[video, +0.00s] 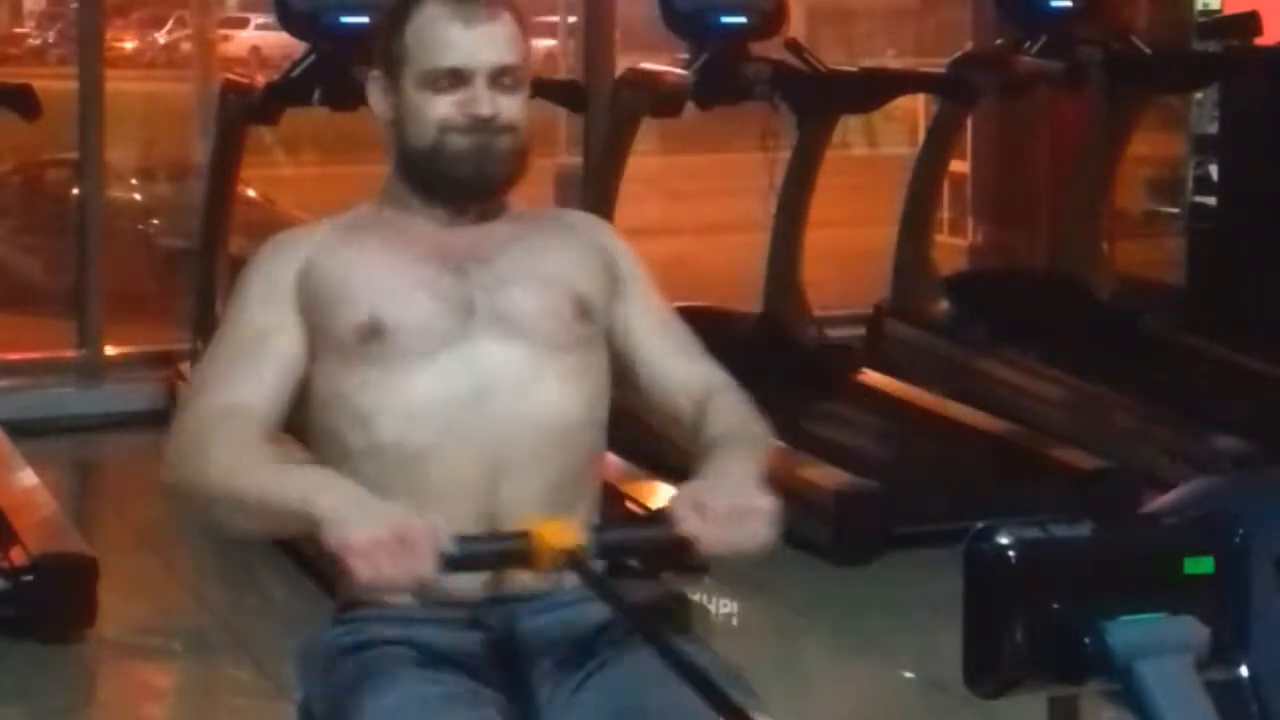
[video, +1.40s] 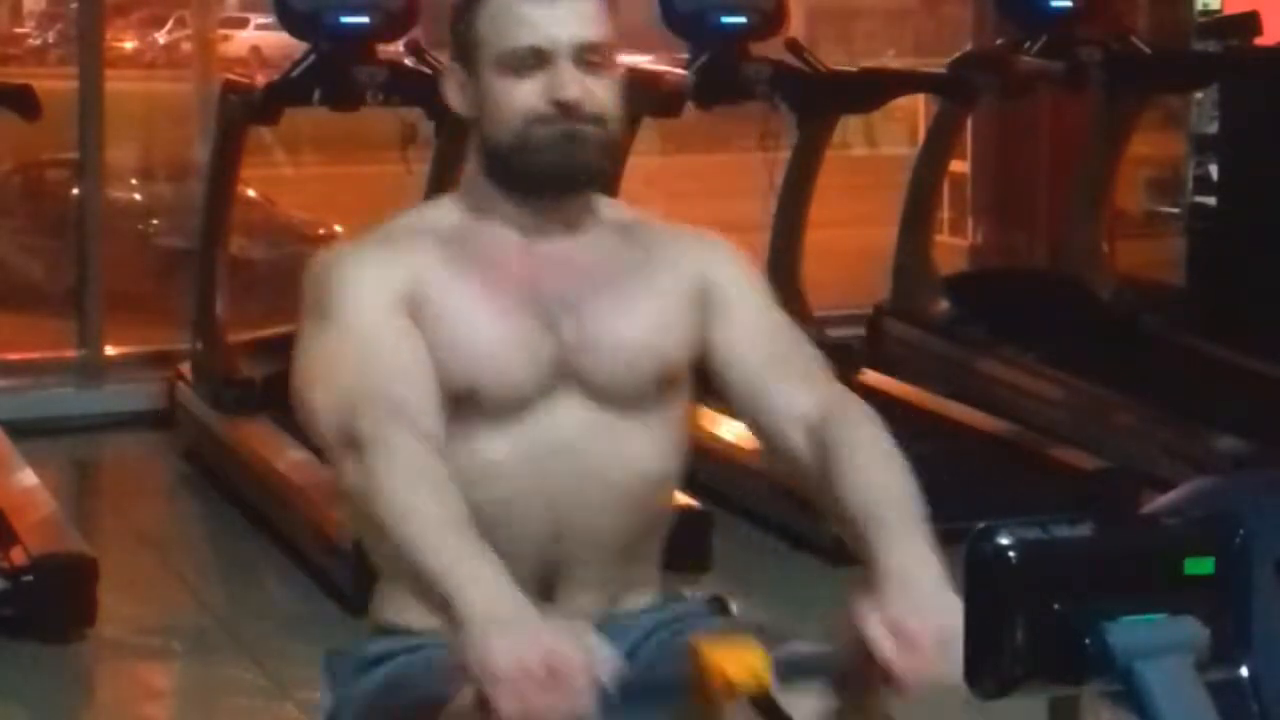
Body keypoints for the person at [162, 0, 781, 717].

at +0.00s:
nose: (485, 107)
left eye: (506, 83)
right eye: (449, 83)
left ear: (529, 98)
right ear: (383, 98)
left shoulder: (587, 251)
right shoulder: (305, 264)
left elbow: (713, 404)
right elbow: (205, 448)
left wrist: (733, 472)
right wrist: (337, 501)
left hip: (587, 621)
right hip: (400, 632)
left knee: (703, 706)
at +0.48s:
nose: (533, 89)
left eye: (554, 64)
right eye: (494, 65)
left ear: (579, 85)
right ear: (426, 89)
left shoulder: (639, 261)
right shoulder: (334, 272)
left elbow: (786, 405)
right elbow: (246, 462)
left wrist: (815, 498)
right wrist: (405, 567)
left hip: (611, 630)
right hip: (418, 640)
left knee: (791, 711)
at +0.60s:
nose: (580, 100)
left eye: (604, 70)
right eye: (540, 71)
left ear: (633, 91)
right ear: (470, 95)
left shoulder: (693, 281)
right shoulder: (367, 288)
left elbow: (845, 430)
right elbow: (323, 487)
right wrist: (468, 630)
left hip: (640, 643)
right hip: (432, 656)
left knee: (829, 688)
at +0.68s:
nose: (607, 107)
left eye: (630, 77)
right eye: (565, 78)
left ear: (657, 97)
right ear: (491, 102)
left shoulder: (725, 293)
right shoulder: (385, 298)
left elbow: (873, 447)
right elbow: (363, 509)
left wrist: (934, 633)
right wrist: (503, 678)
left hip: (648, 648)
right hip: (443, 662)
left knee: (827, 684)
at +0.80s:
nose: (659, 133)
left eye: (681, 99)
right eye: (613, 102)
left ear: (710, 119)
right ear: (537, 129)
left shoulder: (775, 318)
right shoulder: (424, 327)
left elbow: (911, 486)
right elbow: (441, 547)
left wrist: (1024, 689)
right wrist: (543, 712)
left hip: (659, 665)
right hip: (469, 673)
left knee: (846, 677)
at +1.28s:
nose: (638, 114)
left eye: (663, 81)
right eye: (592, 84)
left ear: (694, 105)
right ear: (521, 109)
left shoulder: (762, 301)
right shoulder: (415, 304)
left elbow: (899, 482)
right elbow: (445, 511)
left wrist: (1016, 679)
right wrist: (556, 704)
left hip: (656, 654)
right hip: (460, 670)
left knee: (851, 675)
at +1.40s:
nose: (568, 90)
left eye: (592, 62)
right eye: (526, 65)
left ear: (622, 84)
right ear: (459, 89)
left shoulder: (697, 266)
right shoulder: (374, 273)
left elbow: (823, 418)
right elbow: (385, 451)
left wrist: (908, 567)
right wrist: (497, 613)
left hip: (641, 635)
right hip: (429, 641)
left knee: (842, 679)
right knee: (509, 697)